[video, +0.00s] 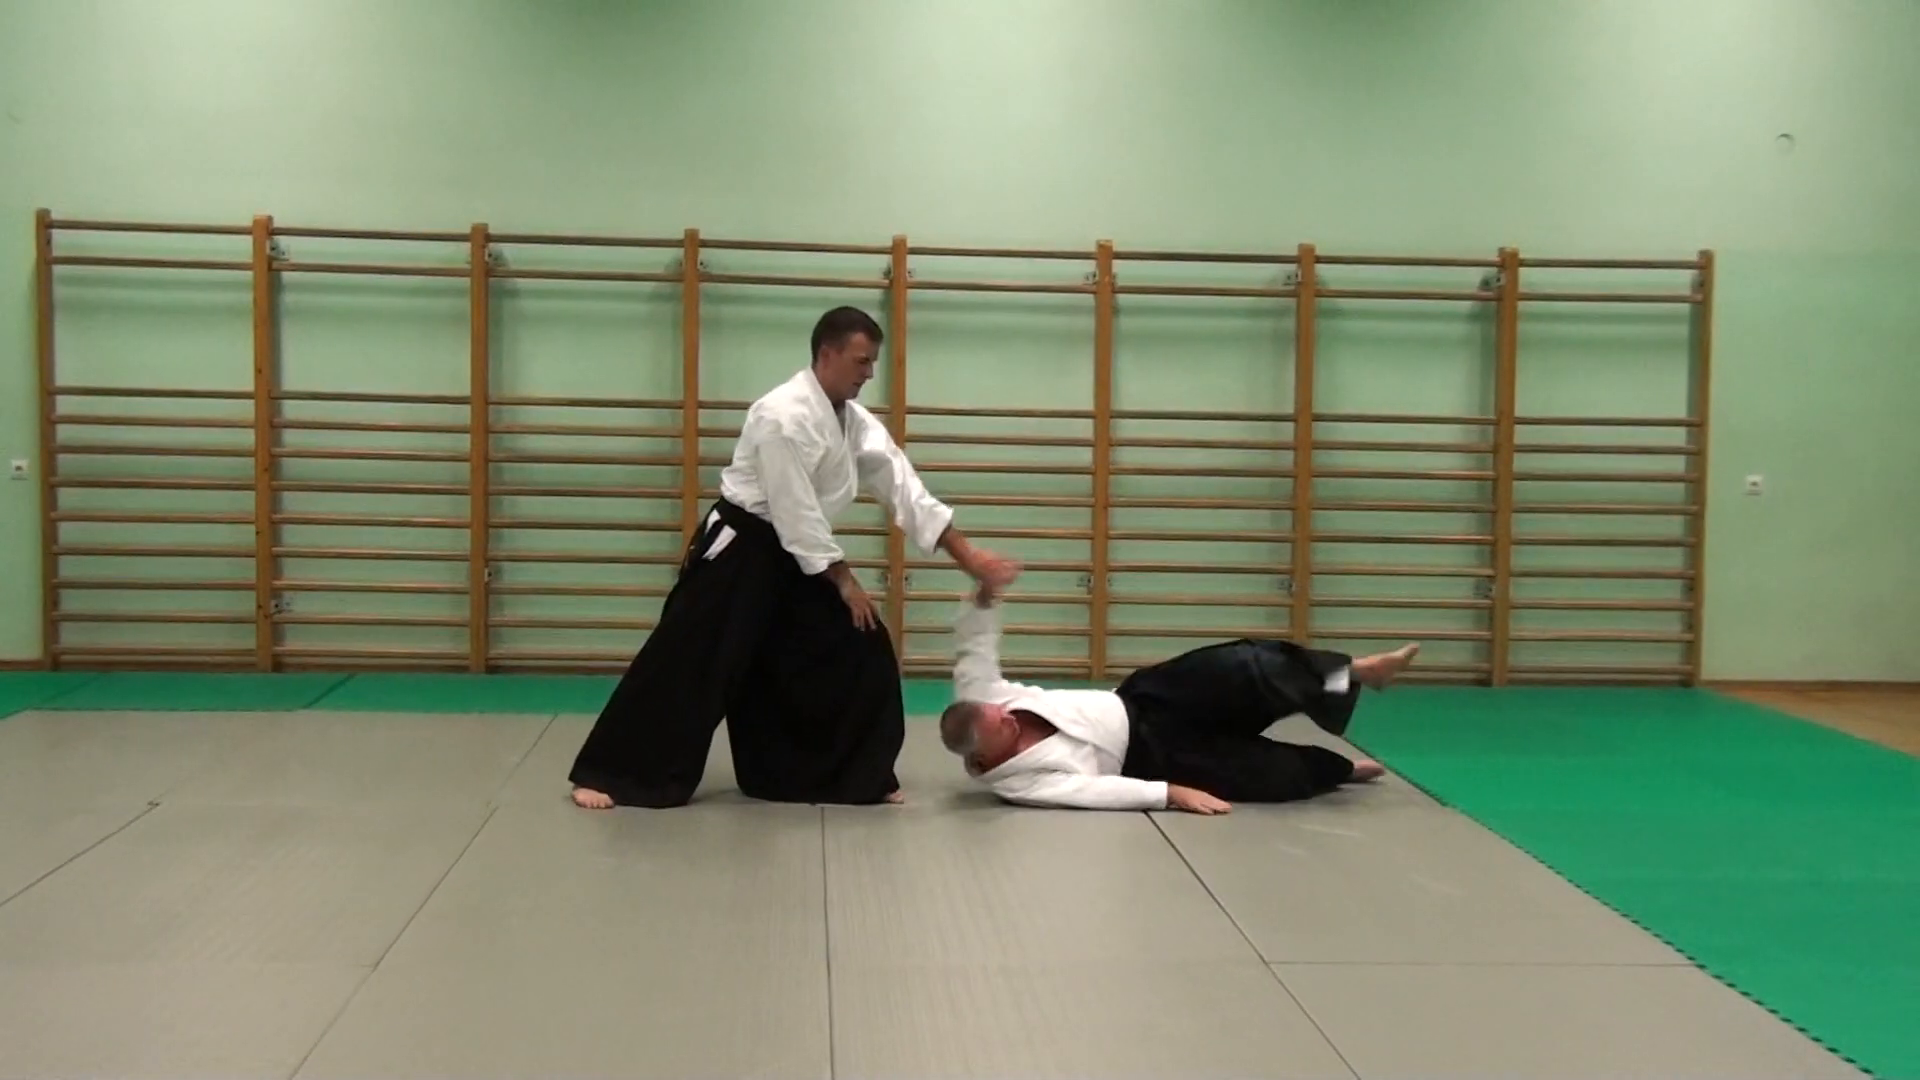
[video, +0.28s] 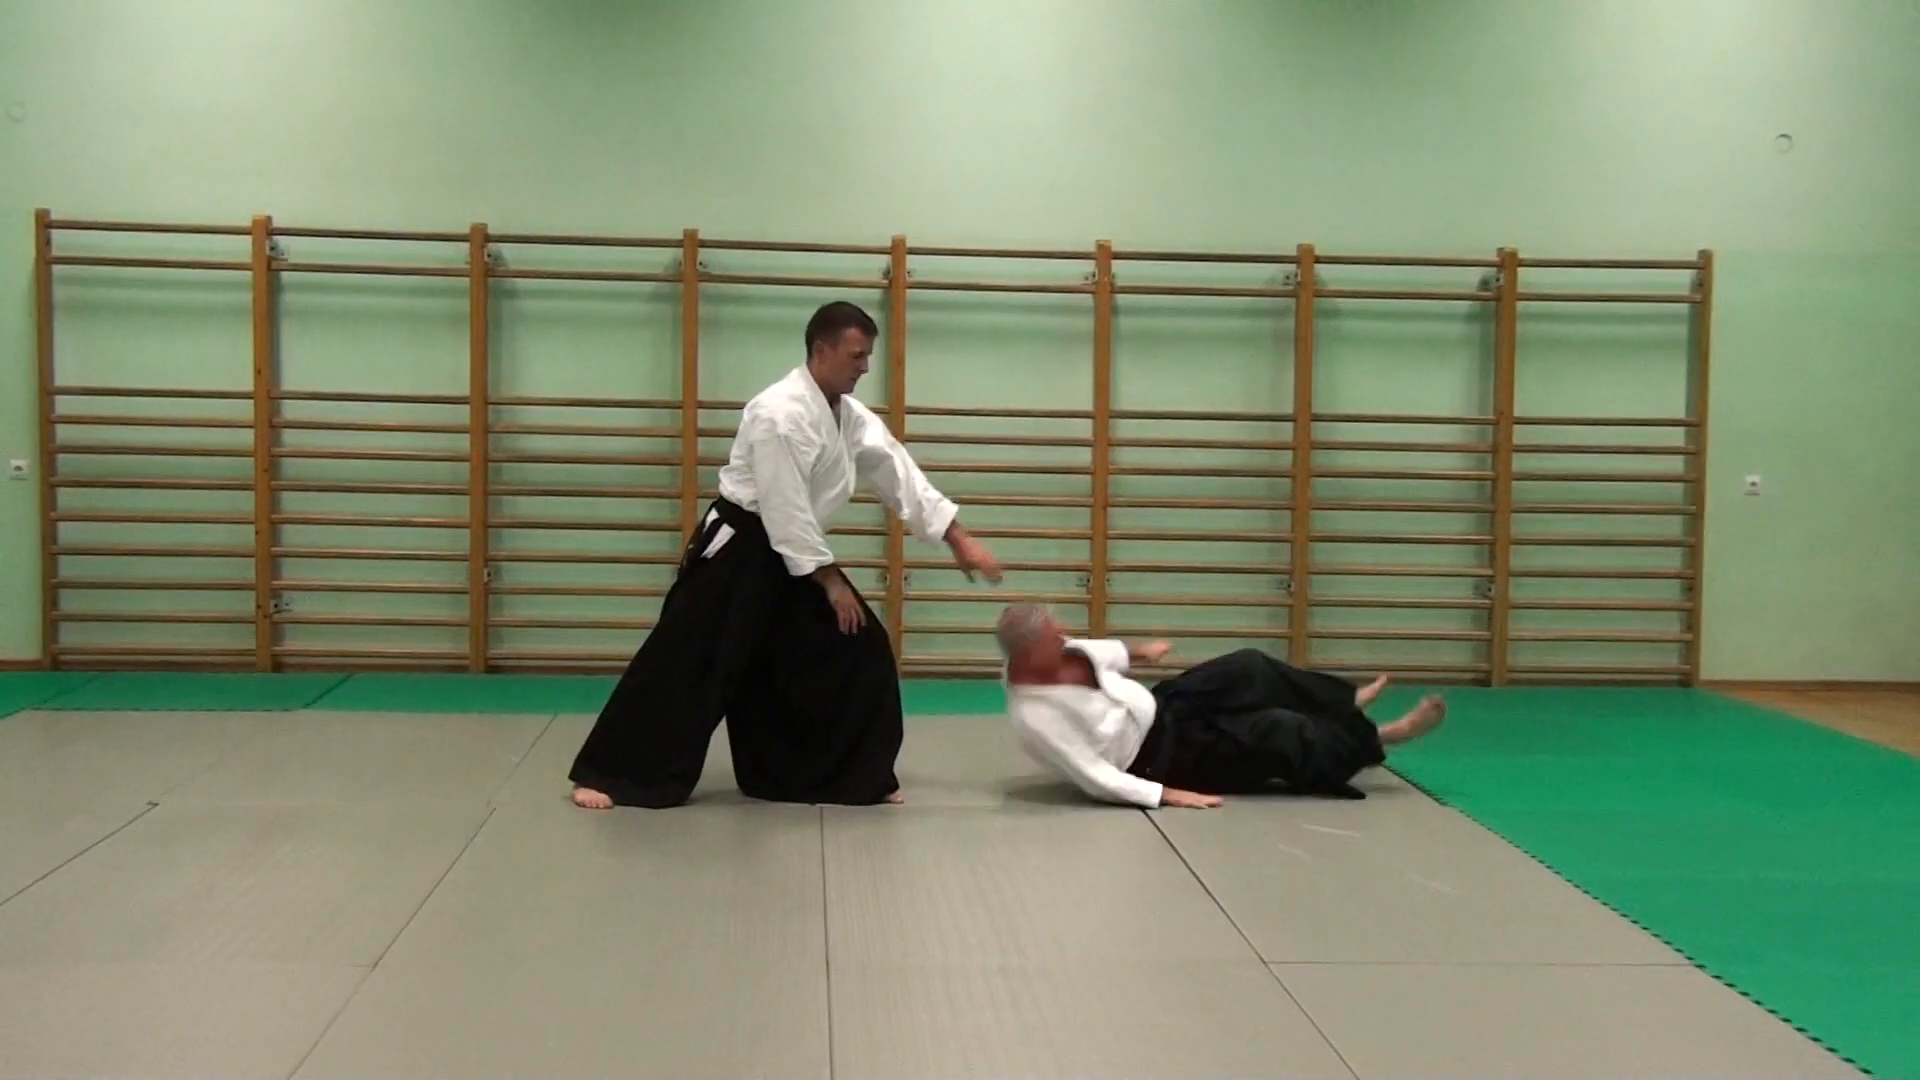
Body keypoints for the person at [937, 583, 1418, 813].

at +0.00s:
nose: (1013, 718)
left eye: (1006, 712)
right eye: (1004, 727)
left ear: (990, 704)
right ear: (984, 755)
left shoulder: (985, 697)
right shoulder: (1024, 781)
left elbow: (973, 646)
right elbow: (1094, 791)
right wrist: (1166, 794)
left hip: (1143, 698)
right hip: (1153, 758)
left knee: (1248, 667)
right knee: (1265, 773)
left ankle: (1351, 675)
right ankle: (1336, 767)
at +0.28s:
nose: (1062, 634)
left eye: (1056, 628)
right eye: (1052, 633)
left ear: (1044, 634)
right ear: (1029, 651)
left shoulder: (1052, 650)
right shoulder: (1032, 715)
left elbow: (1097, 654)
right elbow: (1093, 774)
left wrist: (1136, 653)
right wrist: (1162, 794)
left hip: (1160, 704)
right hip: (1156, 753)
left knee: (1250, 668)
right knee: (1275, 732)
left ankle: (1345, 704)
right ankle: (1374, 742)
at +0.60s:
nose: (1119, 569)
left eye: (1114, 564)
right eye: (1116, 563)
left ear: (1067, 574)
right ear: (1110, 567)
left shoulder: (1044, 628)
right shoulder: (1130, 603)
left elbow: (1024, 703)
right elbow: (1168, 664)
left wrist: (1026, 752)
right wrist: (1219, 717)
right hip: (1169, 739)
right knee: (1272, 681)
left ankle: (1354, 730)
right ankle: (1359, 733)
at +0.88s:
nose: (1047, 589)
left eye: (1045, 581)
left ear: (1050, 578)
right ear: (1088, 556)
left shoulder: (1055, 617)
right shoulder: (1136, 571)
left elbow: (1041, 691)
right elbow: (1212, 579)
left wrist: (1034, 753)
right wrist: (1257, 605)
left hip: (1147, 715)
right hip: (1190, 672)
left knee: (1236, 748)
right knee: (1279, 678)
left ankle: (1323, 751)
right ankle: (1350, 743)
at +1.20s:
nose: (1032, 568)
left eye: (1028, 560)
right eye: (1027, 562)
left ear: (1042, 545)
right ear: (1060, 528)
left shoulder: (1074, 575)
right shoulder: (1116, 524)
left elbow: (1058, 658)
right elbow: (1176, 526)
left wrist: (1041, 740)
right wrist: (1203, 580)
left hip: (1198, 631)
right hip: (1227, 596)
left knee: (1175, 735)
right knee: (1257, 677)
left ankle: (1269, 729)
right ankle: (1298, 710)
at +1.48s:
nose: (1035, 506)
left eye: (1039, 497)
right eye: (1036, 497)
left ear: (1067, 496)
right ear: (1074, 492)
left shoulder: (1094, 539)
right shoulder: (1125, 496)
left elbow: (1077, 618)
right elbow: (1164, 512)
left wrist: (1060, 685)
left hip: (1194, 628)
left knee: (1176, 734)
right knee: (1101, 652)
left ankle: (1262, 702)